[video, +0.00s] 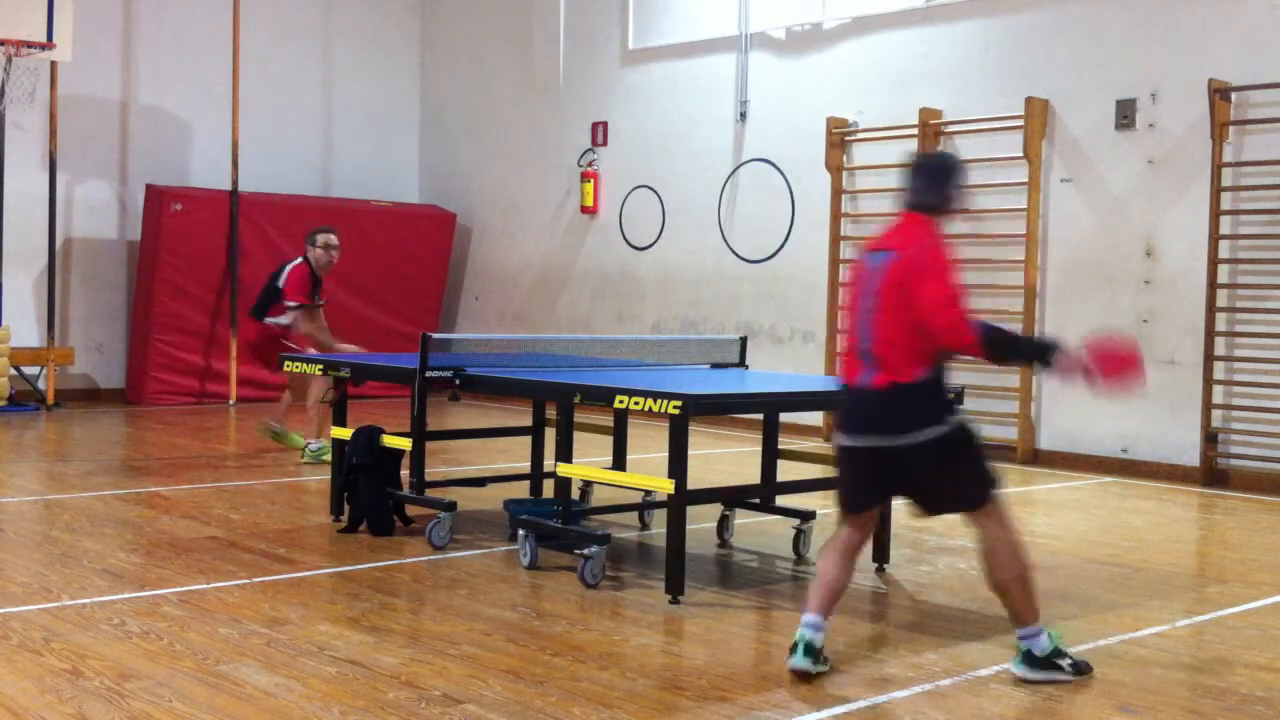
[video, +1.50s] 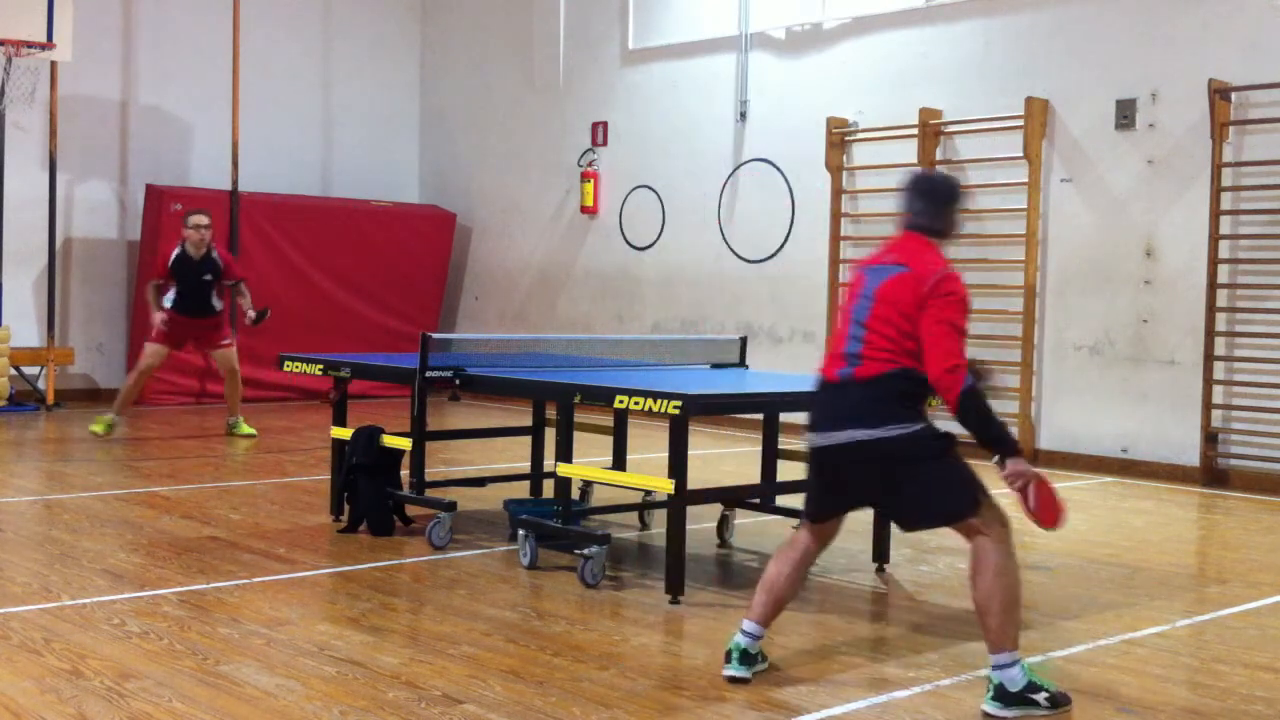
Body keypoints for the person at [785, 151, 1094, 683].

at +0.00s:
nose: (962, 199)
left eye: (958, 188)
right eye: (960, 189)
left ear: (912, 189)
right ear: (949, 194)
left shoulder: (876, 247)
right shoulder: (924, 246)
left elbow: (885, 332)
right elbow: (948, 329)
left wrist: (985, 337)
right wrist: (1036, 350)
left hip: (857, 412)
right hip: (916, 412)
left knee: (854, 524)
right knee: (991, 519)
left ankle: (807, 640)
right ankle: (1036, 645)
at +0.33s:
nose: (683, 169)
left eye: (683, 160)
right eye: (695, 155)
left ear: (688, 168)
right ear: (731, 153)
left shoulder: (710, 236)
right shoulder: (766, 190)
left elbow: (727, 339)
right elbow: (736, 258)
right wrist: (662, 258)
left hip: (805, 371)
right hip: (869, 348)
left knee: (741, 491)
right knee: (932, 458)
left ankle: (705, 618)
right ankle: (1029, 520)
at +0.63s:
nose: (559, 312)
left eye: (558, 302)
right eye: (559, 301)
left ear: (569, 305)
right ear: (608, 286)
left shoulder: (623, 332)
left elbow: (694, 377)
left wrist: (666, 451)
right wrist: (623, 530)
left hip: (747, 440)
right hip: (795, 422)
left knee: (641, 528)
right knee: (814, 536)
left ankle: (639, 682)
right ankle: (942, 554)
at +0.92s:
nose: (686, 207)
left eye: (687, 197)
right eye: (691, 196)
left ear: (698, 201)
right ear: (739, 199)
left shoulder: (705, 259)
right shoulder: (783, 248)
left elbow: (726, 342)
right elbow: (817, 332)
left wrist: (675, 403)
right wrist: (756, 383)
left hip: (775, 419)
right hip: (835, 408)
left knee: (695, 524)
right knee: (836, 521)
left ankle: (653, 674)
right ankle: (884, 647)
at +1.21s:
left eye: (793, 172)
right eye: (847, 179)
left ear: (793, 177)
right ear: (847, 182)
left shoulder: (753, 237)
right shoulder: (869, 244)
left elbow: (711, 321)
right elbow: (907, 339)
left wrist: (758, 335)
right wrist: (900, 386)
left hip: (778, 406)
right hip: (854, 402)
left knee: (760, 515)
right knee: (908, 521)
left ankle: (744, 647)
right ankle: (950, 647)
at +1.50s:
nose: (954, 221)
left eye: (940, 209)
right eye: (954, 212)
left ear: (906, 212)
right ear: (951, 218)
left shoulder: (869, 267)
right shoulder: (939, 279)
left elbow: (869, 355)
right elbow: (949, 380)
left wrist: (949, 373)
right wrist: (1008, 451)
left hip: (831, 435)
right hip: (897, 434)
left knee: (813, 531)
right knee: (988, 531)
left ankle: (744, 645)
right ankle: (1009, 677)